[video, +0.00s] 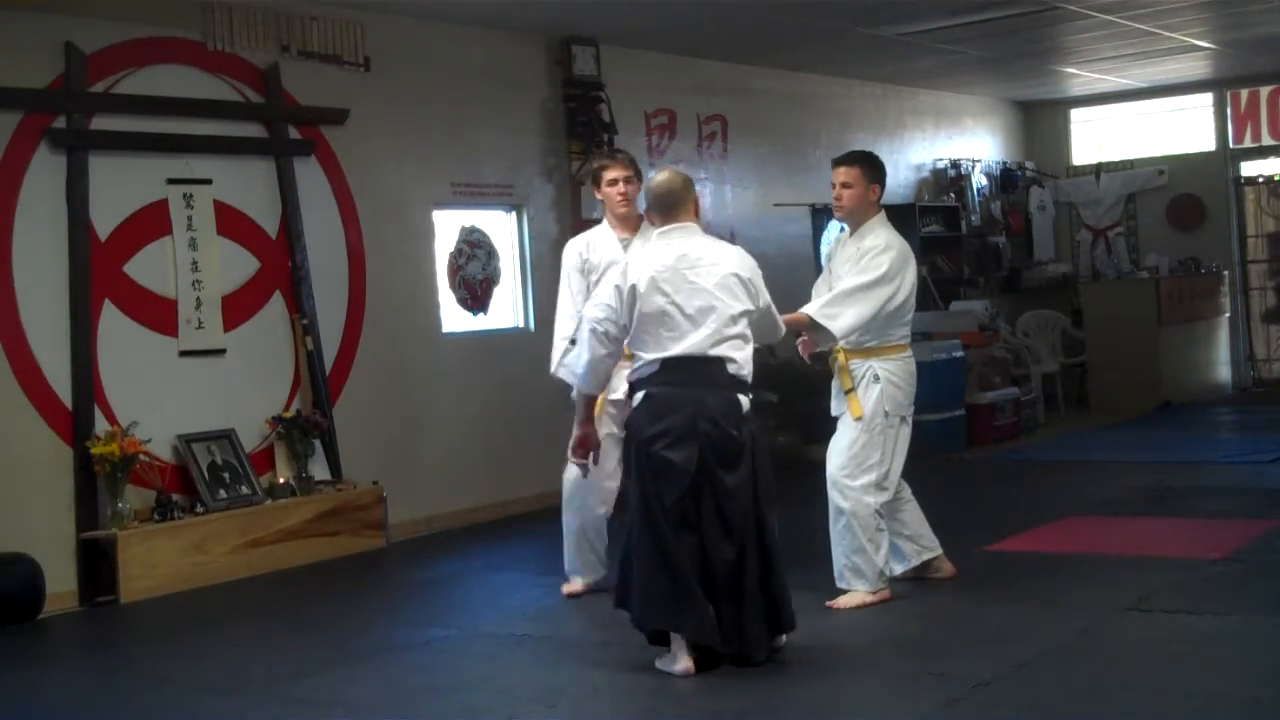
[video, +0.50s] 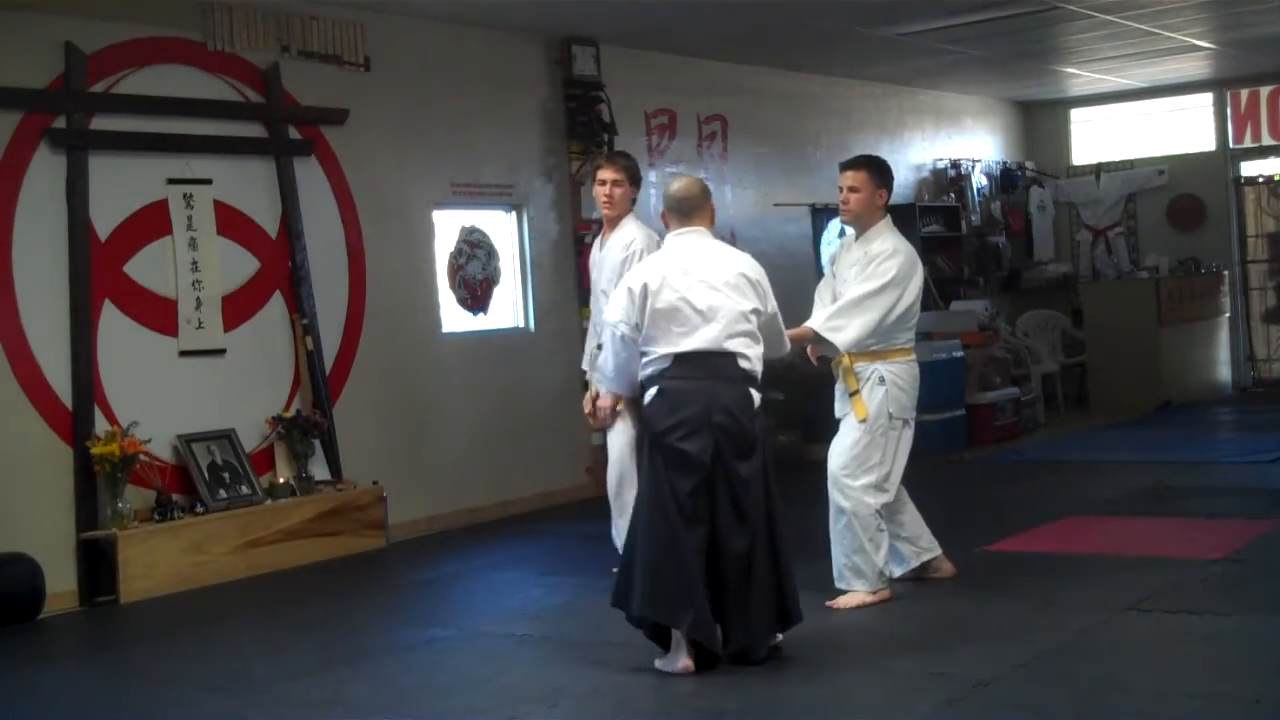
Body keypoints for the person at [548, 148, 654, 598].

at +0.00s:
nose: (622, 190)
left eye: (628, 181)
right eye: (612, 184)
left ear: (640, 187)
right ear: (598, 193)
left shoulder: (663, 240)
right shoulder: (582, 248)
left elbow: (685, 303)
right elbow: (569, 314)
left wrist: (678, 355)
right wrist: (574, 369)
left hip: (658, 372)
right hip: (602, 374)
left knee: (661, 468)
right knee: (587, 472)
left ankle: (664, 571)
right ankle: (584, 571)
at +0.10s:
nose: (620, 190)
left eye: (627, 181)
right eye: (611, 183)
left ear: (640, 189)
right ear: (598, 193)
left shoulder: (661, 243)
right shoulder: (583, 251)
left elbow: (675, 315)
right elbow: (570, 319)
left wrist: (656, 377)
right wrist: (574, 383)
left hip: (650, 376)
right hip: (596, 378)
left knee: (650, 467)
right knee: (588, 468)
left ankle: (654, 558)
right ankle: (603, 557)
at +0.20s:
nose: (617, 190)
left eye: (625, 182)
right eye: (608, 183)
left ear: (640, 189)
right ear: (598, 193)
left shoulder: (656, 244)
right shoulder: (587, 251)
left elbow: (665, 319)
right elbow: (577, 320)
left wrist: (637, 389)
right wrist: (578, 385)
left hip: (647, 378)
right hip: (598, 380)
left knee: (645, 474)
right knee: (601, 476)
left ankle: (654, 561)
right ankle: (629, 554)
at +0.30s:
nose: (614, 190)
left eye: (623, 183)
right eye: (607, 182)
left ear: (639, 192)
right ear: (597, 191)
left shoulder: (653, 244)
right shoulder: (591, 250)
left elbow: (665, 315)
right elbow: (585, 318)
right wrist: (584, 383)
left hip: (650, 376)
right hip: (607, 378)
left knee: (651, 480)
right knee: (616, 480)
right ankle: (632, 565)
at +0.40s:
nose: (610, 191)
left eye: (620, 183)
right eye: (603, 183)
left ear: (636, 191)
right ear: (595, 190)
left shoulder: (642, 242)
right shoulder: (598, 243)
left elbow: (637, 321)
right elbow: (593, 314)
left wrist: (614, 386)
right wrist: (588, 381)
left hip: (634, 381)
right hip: (608, 380)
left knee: (621, 485)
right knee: (616, 485)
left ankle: (640, 584)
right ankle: (634, 579)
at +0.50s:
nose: (607, 192)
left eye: (617, 184)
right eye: (601, 183)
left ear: (633, 191)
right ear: (592, 190)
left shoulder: (639, 240)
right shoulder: (602, 239)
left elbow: (634, 322)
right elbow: (597, 315)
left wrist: (614, 386)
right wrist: (591, 379)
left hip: (634, 379)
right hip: (612, 377)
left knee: (627, 476)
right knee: (621, 475)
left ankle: (635, 562)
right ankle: (628, 558)